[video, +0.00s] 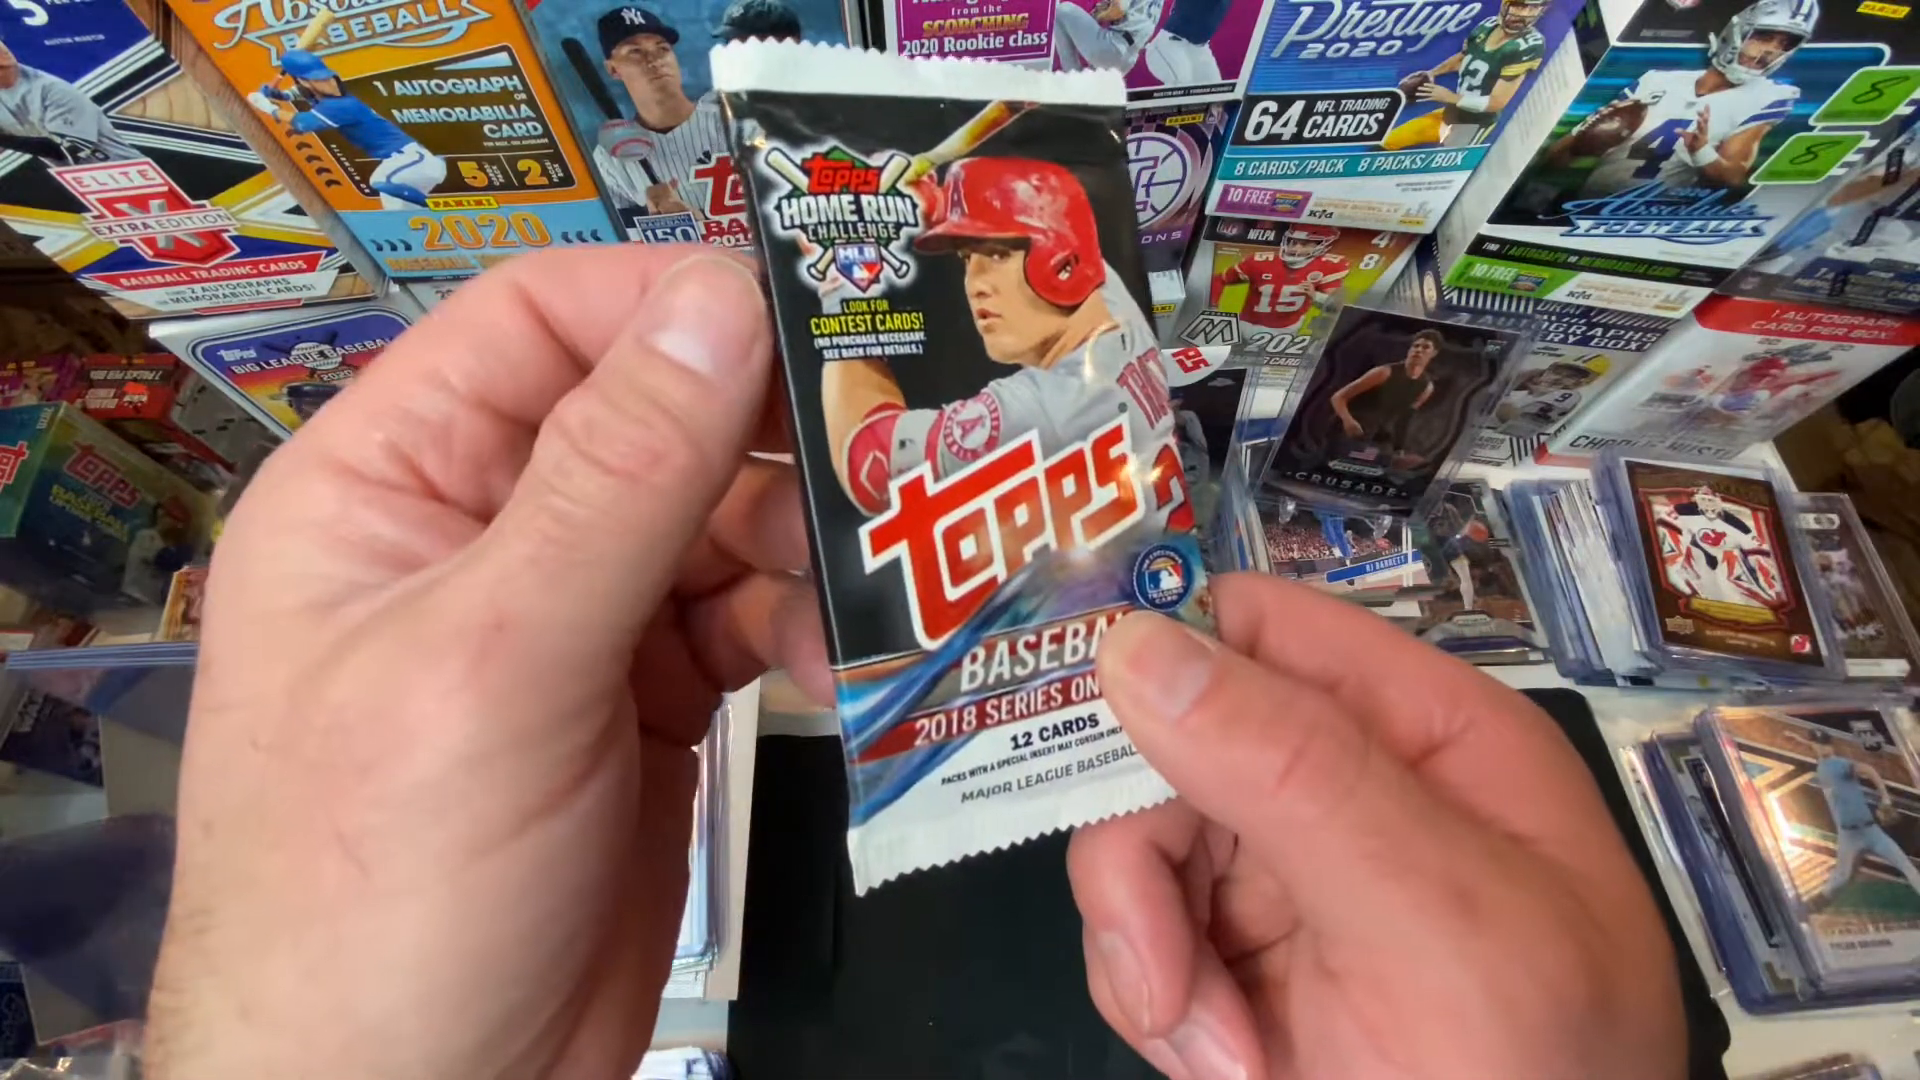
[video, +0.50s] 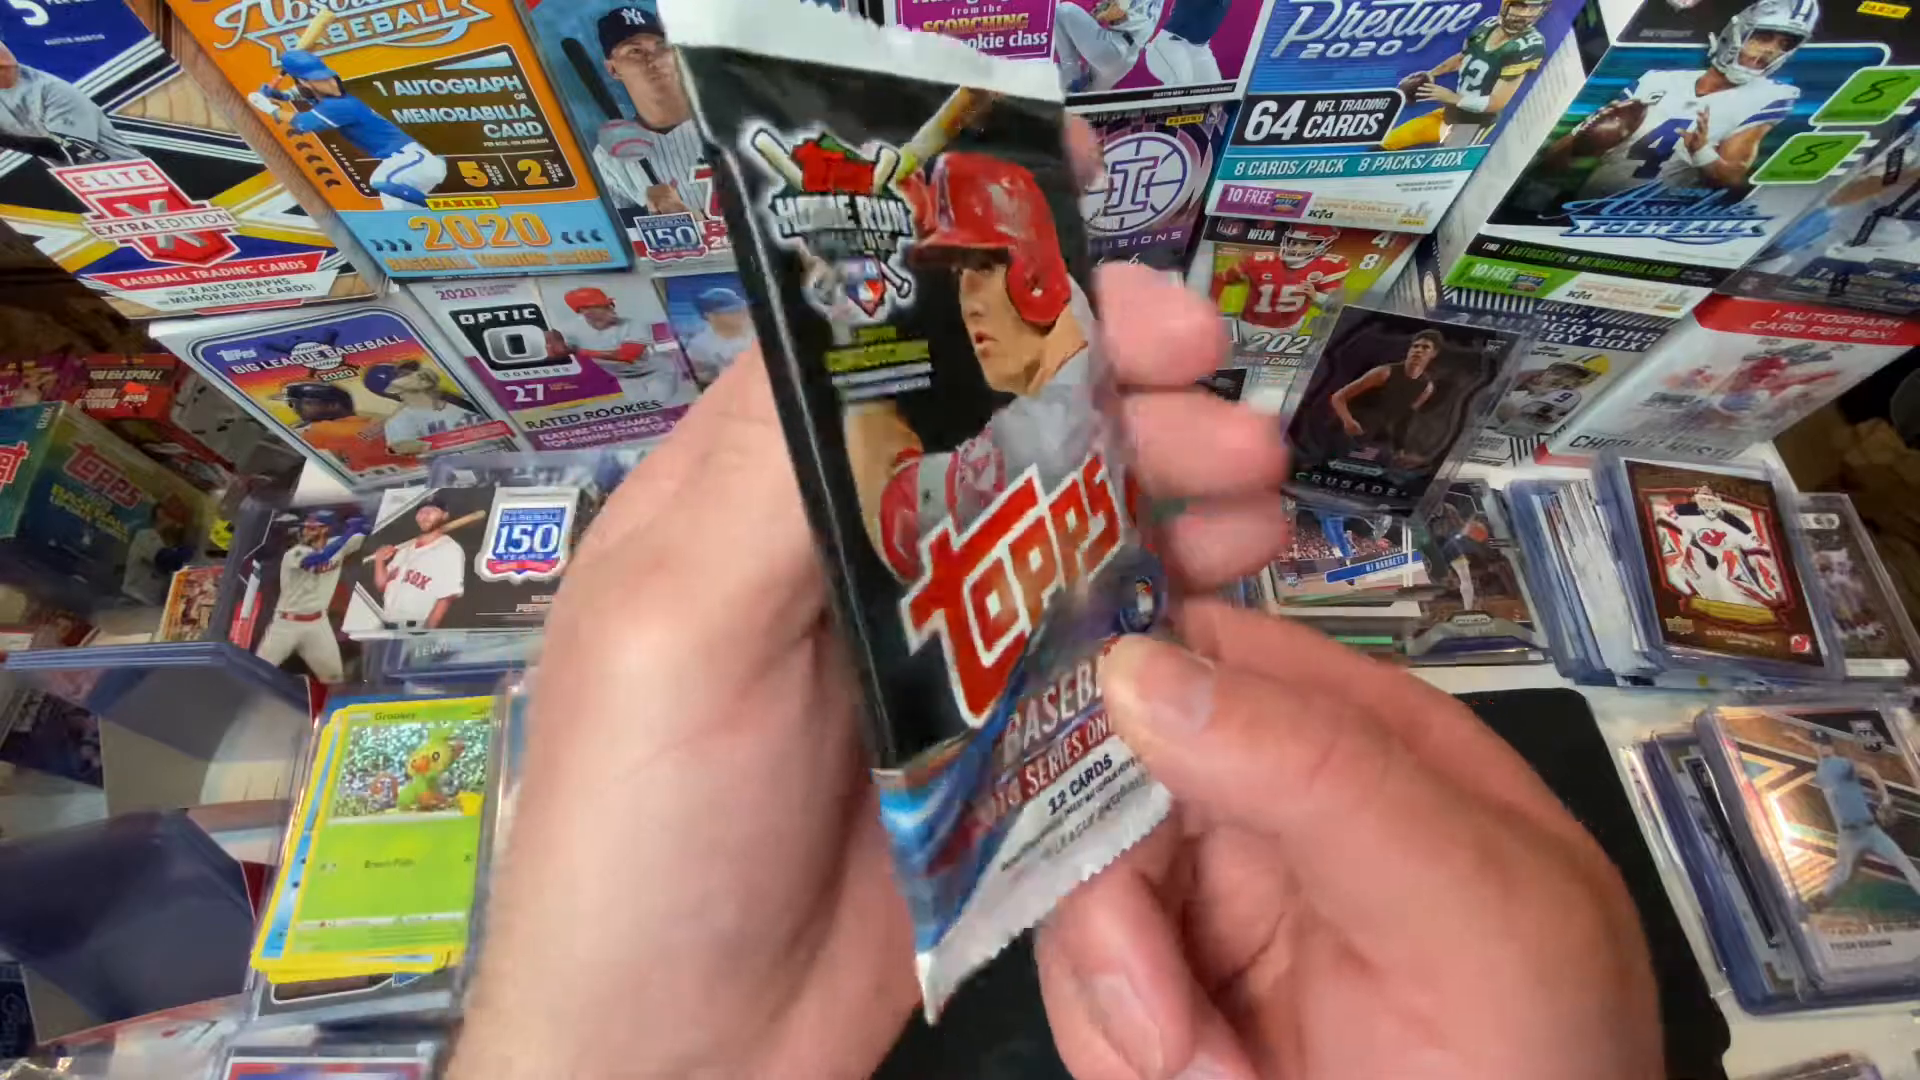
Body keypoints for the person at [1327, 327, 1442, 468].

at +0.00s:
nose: (1418, 350)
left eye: (1425, 347)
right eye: (1416, 346)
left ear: (1434, 354)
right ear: (1409, 349)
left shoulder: (1426, 388)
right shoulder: (1384, 373)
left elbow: (1405, 417)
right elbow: (1338, 398)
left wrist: (1399, 451)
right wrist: (1348, 421)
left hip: (1384, 441)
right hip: (1357, 433)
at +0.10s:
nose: (1419, 350)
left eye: (1426, 347)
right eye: (1416, 346)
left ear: (1434, 354)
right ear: (1409, 349)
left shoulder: (1426, 388)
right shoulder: (1384, 373)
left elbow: (1404, 417)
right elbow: (1338, 398)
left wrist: (1399, 451)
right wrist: (1348, 420)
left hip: (1383, 440)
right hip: (1356, 433)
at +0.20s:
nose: (1418, 350)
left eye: (1425, 347)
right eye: (1416, 346)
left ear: (1434, 354)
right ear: (1409, 349)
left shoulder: (1426, 388)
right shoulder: (1384, 373)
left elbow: (1405, 417)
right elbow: (1338, 398)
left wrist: (1399, 451)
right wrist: (1348, 421)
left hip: (1384, 441)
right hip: (1357, 433)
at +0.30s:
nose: (1418, 351)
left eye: (1425, 347)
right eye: (1415, 346)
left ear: (1434, 354)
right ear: (1409, 349)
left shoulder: (1426, 388)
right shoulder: (1384, 373)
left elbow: (1406, 416)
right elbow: (1338, 398)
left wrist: (1400, 450)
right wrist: (1348, 421)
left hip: (1384, 443)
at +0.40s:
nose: (1418, 351)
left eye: (1425, 347)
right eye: (1415, 346)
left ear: (1433, 354)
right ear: (1409, 350)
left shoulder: (1426, 389)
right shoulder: (1384, 373)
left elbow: (1406, 416)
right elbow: (1340, 397)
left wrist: (1400, 449)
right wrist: (1347, 421)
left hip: (1384, 443)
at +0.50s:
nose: (1418, 351)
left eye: (1425, 347)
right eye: (1415, 346)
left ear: (1434, 354)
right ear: (1409, 349)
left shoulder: (1426, 388)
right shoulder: (1384, 373)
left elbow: (1406, 417)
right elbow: (1338, 397)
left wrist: (1400, 450)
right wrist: (1348, 421)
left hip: (1385, 444)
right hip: (1359, 437)